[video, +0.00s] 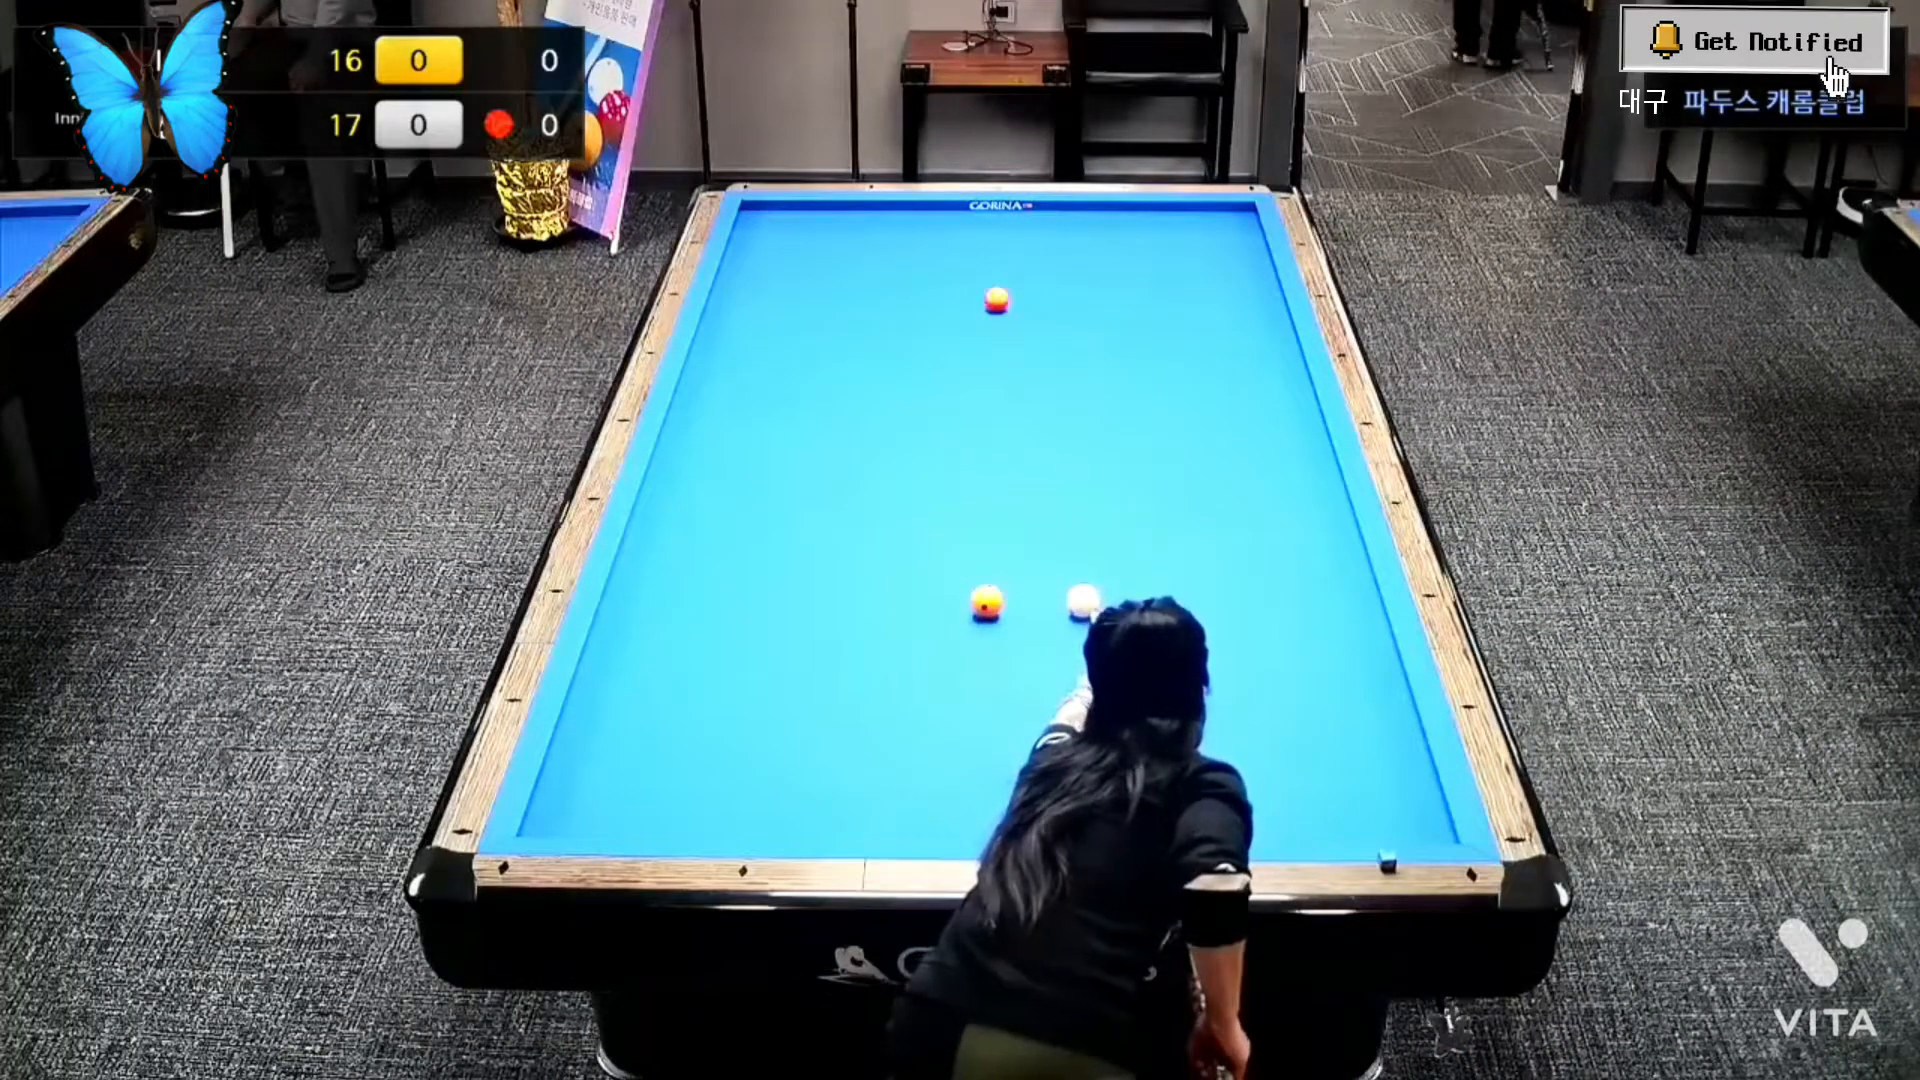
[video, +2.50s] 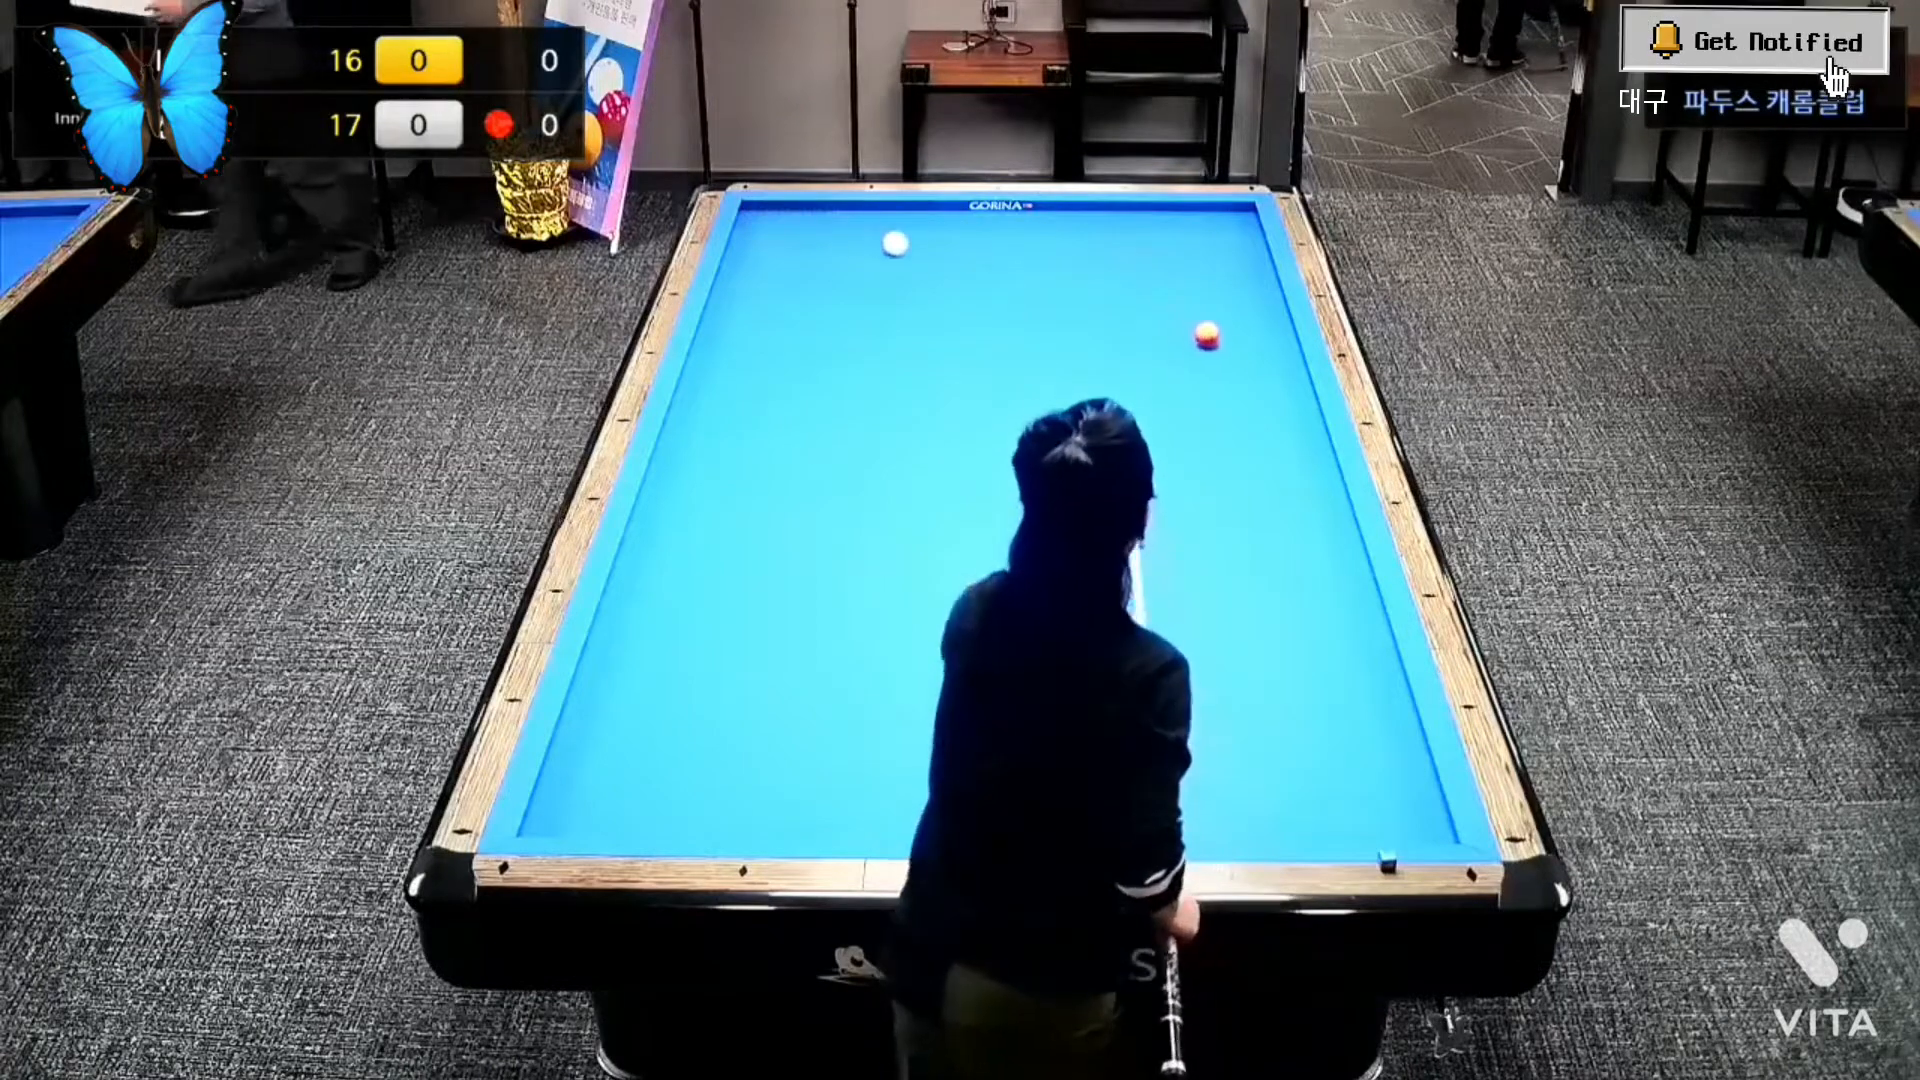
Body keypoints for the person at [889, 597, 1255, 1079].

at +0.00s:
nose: (1209, 683)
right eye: (1204, 673)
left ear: (1099, 688)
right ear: (1195, 686)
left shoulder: (1053, 758)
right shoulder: (1207, 782)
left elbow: (1079, 702)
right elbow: (1214, 887)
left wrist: (1103, 666)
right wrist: (1222, 1018)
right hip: (1092, 1041)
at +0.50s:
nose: (1214, 677)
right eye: (1209, 667)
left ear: (1102, 682)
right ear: (1200, 679)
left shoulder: (1055, 755)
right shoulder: (1212, 776)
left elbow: (1079, 705)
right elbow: (1221, 894)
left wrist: (1097, 673)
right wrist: (1234, 1052)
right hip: (1091, 1038)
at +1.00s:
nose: (1220, 672)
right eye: (1216, 660)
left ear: (1112, 671)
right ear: (1205, 669)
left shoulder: (1058, 748)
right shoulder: (1221, 771)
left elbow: (1077, 708)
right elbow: (1233, 872)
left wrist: (1104, 669)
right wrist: (1232, 937)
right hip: (1109, 1037)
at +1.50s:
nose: (1208, 660)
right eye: (1203, 648)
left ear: (1103, 656)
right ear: (1196, 658)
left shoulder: (1049, 740)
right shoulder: (1217, 764)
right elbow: (1232, 874)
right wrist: (1223, 943)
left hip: (988, 1012)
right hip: (1112, 1029)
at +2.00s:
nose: (1181, 607)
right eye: (1177, 595)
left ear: (1075, 601)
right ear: (1167, 606)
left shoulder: (1020, 696)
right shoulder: (1186, 726)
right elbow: (1192, 873)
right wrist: (1199, 923)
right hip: (1069, 1016)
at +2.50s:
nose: (1150, 511)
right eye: (1146, 497)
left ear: (1031, 503)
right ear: (1137, 517)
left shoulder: (973, 616)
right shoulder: (1150, 670)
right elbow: (1144, 854)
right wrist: (1171, 908)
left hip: (949, 964)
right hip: (1075, 984)